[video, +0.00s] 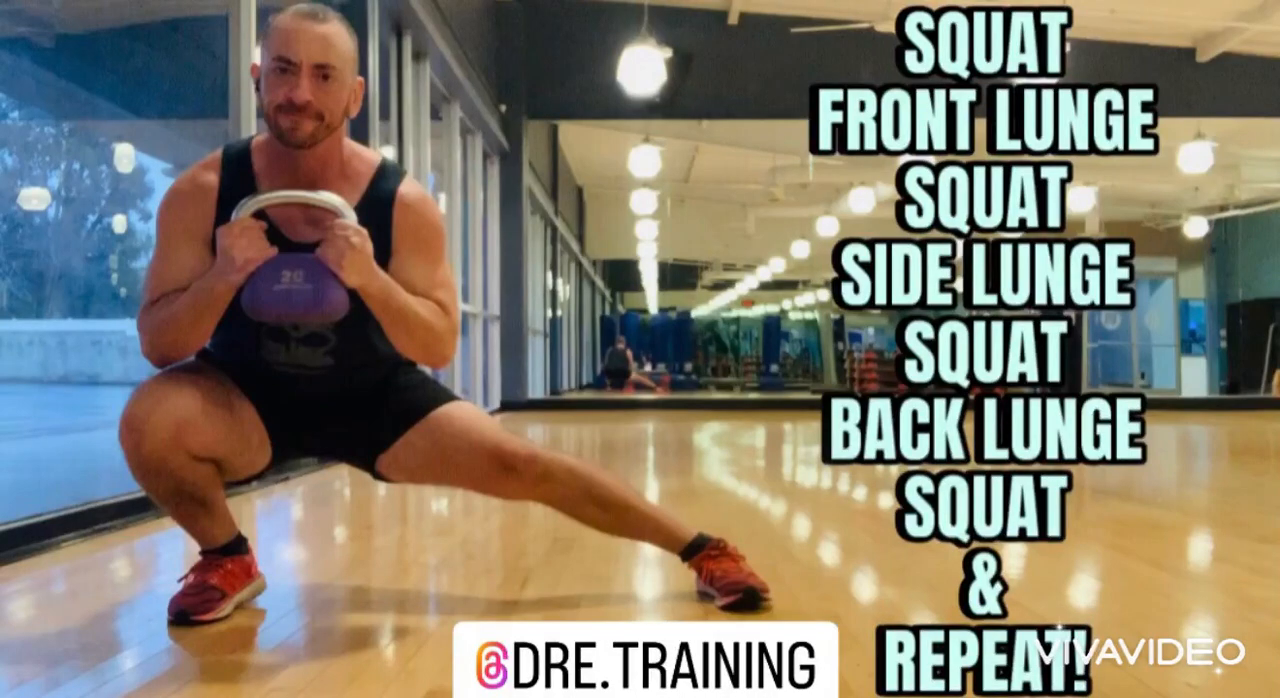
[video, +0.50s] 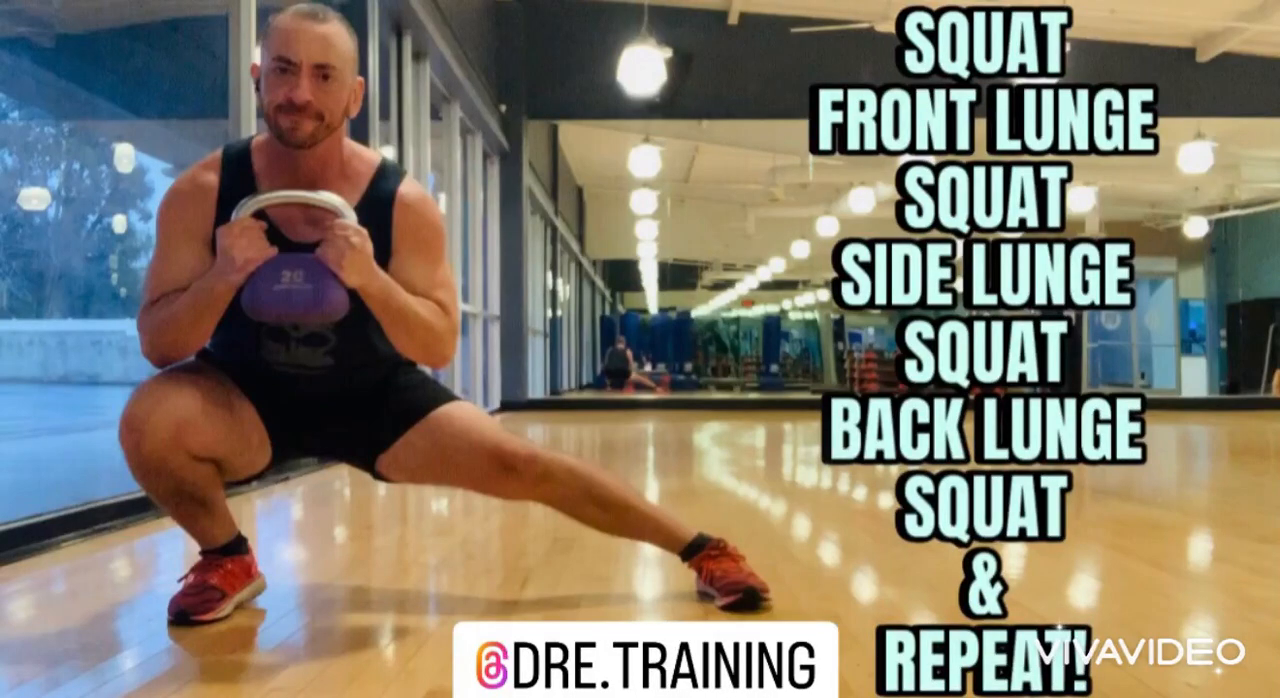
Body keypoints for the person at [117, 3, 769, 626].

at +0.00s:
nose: (298, 91)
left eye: (321, 75)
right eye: (281, 69)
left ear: (354, 91)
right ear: (257, 78)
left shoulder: (405, 205)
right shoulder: (201, 193)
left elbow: (437, 345)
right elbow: (161, 343)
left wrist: (367, 276)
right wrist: (222, 276)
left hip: (378, 398)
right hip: (253, 396)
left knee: (517, 464)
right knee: (148, 423)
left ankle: (696, 547)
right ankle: (225, 555)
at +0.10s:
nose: (297, 91)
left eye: (320, 75)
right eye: (281, 69)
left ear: (354, 92)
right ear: (256, 78)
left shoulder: (404, 205)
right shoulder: (200, 193)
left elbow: (437, 345)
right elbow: (161, 344)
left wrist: (368, 277)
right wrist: (222, 277)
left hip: (377, 398)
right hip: (253, 397)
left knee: (516, 463)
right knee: (148, 423)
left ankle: (696, 547)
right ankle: (225, 555)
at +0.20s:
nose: (297, 91)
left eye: (320, 75)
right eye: (281, 69)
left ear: (354, 92)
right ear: (256, 78)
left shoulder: (405, 205)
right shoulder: (200, 193)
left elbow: (437, 345)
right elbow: (161, 344)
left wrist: (368, 277)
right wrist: (222, 277)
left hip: (377, 398)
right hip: (253, 397)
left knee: (516, 463)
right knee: (148, 423)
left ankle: (696, 547)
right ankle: (225, 555)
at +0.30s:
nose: (297, 91)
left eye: (320, 75)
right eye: (281, 69)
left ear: (354, 92)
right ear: (256, 78)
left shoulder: (405, 205)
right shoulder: (200, 193)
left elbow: (437, 345)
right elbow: (161, 344)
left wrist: (368, 277)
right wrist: (222, 277)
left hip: (377, 398)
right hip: (253, 397)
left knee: (516, 463)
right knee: (148, 423)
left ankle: (696, 547)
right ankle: (225, 555)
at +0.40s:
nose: (298, 91)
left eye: (321, 74)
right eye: (282, 69)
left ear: (354, 92)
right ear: (257, 78)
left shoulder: (405, 205)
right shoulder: (201, 193)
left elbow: (437, 346)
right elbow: (161, 343)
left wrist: (367, 276)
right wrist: (222, 277)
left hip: (378, 398)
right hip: (253, 396)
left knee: (518, 464)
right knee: (148, 423)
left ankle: (696, 548)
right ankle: (225, 555)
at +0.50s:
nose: (298, 91)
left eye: (321, 74)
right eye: (282, 69)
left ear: (354, 91)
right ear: (257, 78)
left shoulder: (405, 205)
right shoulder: (201, 193)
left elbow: (437, 346)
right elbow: (161, 343)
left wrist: (367, 276)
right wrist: (222, 277)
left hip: (378, 398)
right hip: (253, 396)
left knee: (518, 464)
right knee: (148, 423)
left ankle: (696, 548)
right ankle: (225, 555)